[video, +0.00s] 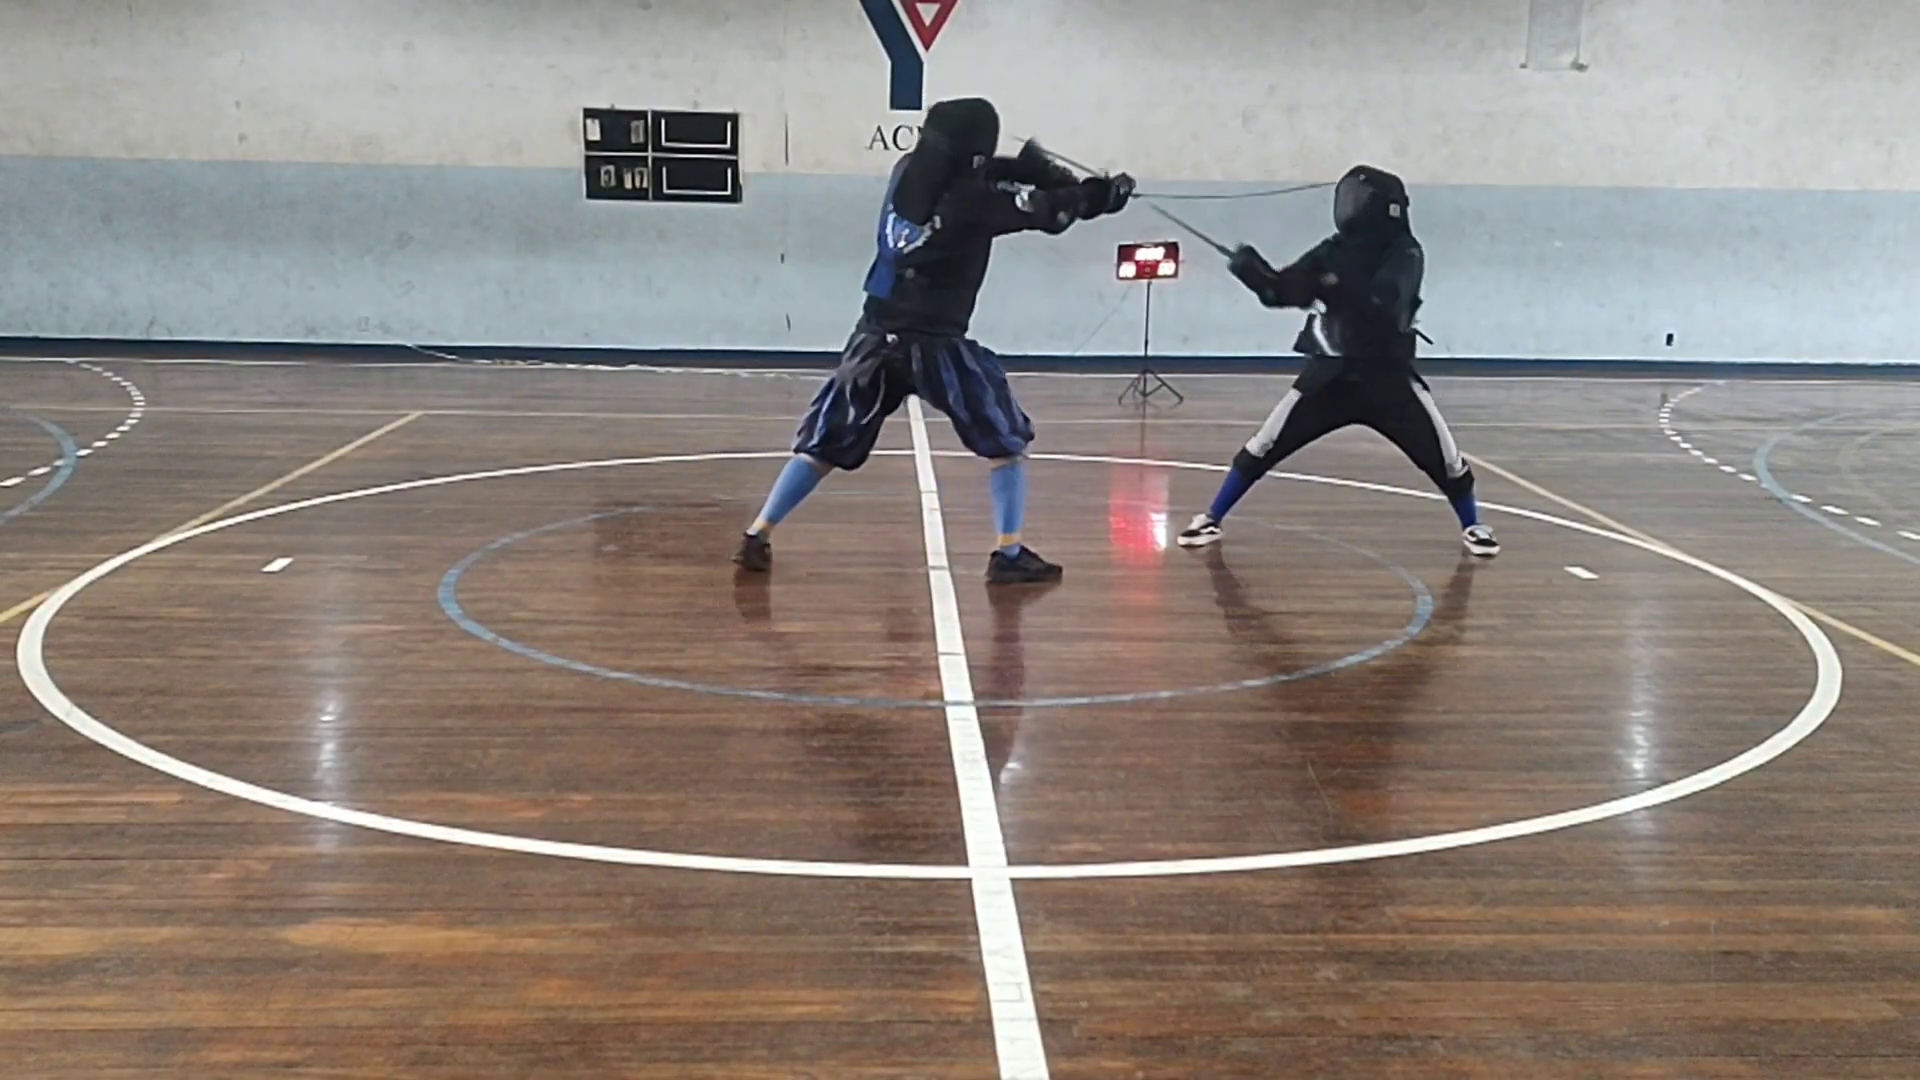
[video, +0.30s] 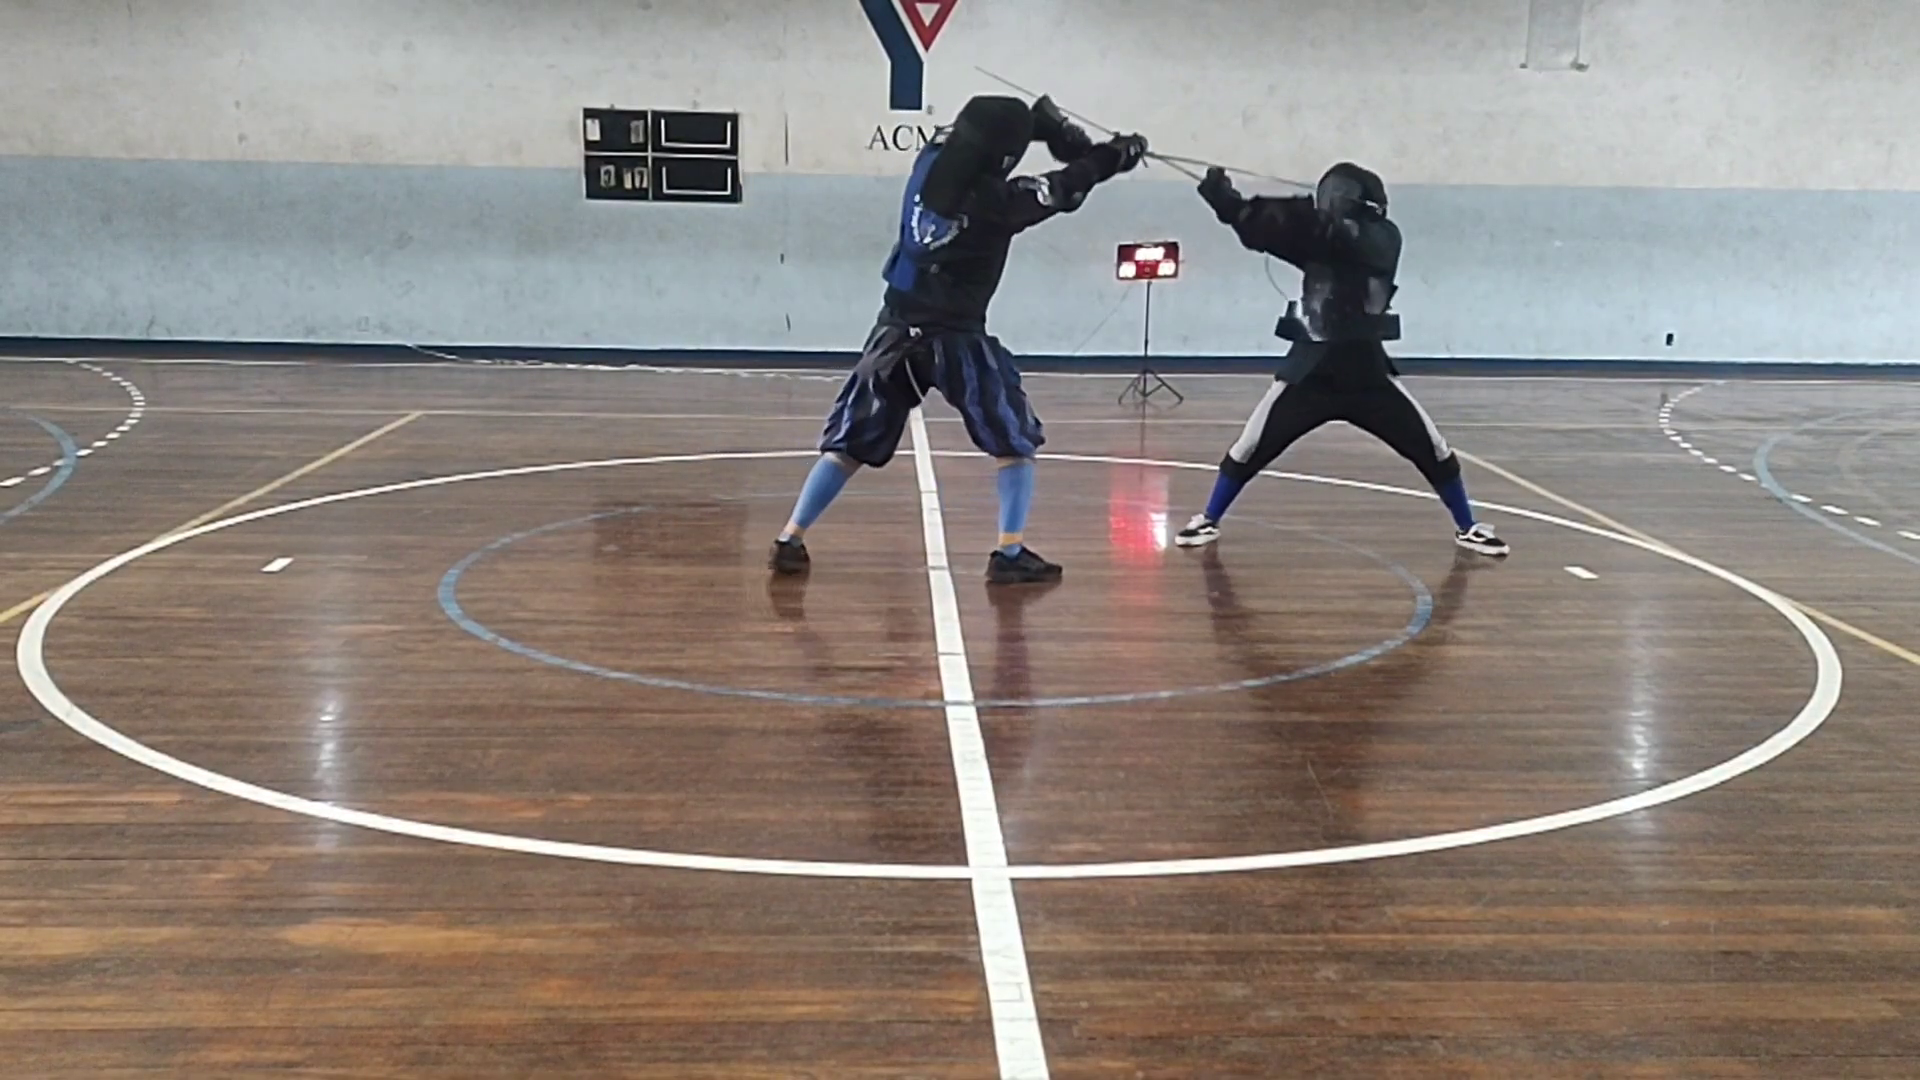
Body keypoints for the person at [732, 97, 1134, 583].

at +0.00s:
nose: (987, 147)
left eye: (988, 141)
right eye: (984, 139)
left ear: (935, 137)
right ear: (972, 148)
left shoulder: (905, 172)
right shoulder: (974, 199)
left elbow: (967, 173)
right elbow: (1046, 212)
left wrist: (1014, 166)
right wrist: (1096, 196)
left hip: (875, 335)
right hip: (938, 341)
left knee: (828, 437)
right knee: (1005, 435)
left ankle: (757, 533)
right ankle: (1010, 552)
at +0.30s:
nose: (1015, 157)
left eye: (1015, 148)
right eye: (1014, 149)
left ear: (965, 132)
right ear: (1002, 153)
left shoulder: (928, 160)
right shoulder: (997, 200)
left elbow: (978, 127)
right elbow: (1065, 187)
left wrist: (1048, 128)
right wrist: (1110, 156)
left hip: (895, 329)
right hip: (958, 336)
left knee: (854, 436)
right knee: (1015, 439)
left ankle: (789, 538)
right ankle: (1009, 550)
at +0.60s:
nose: (1037, 155)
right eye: (1035, 148)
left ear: (977, 129)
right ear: (1020, 151)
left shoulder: (941, 164)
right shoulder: (1020, 201)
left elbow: (981, 97)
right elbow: (1076, 166)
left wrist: (1043, 87)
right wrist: (1115, 122)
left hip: (917, 326)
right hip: (983, 335)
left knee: (873, 431)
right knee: (1029, 441)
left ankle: (811, 536)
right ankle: (1009, 552)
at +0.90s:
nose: (1039, 159)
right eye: (1036, 151)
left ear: (981, 136)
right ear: (1025, 155)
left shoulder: (947, 168)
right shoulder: (1028, 202)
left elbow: (984, 117)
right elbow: (1084, 174)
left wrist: (1047, 104)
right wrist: (1121, 134)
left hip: (923, 331)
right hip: (990, 339)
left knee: (876, 433)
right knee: (1034, 442)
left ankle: (820, 545)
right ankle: (1010, 552)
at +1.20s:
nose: (1033, 159)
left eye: (1034, 148)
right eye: (1034, 149)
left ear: (977, 129)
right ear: (1026, 151)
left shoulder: (927, 170)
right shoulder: (1026, 208)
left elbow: (900, 239)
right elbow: (1040, 288)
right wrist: (1038, 236)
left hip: (918, 332)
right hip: (987, 339)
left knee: (873, 434)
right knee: (1031, 440)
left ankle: (819, 546)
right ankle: (1011, 551)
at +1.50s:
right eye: (968, 145)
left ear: (910, 142)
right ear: (965, 150)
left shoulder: (866, 199)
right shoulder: (981, 215)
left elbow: (846, 279)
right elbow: (987, 304)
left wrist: (864, 327)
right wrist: (940, 312)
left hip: (880, 343)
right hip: (951, 346)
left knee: (841, 436)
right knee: (1008, 444)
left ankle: (787, 527)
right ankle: (1010, 549)